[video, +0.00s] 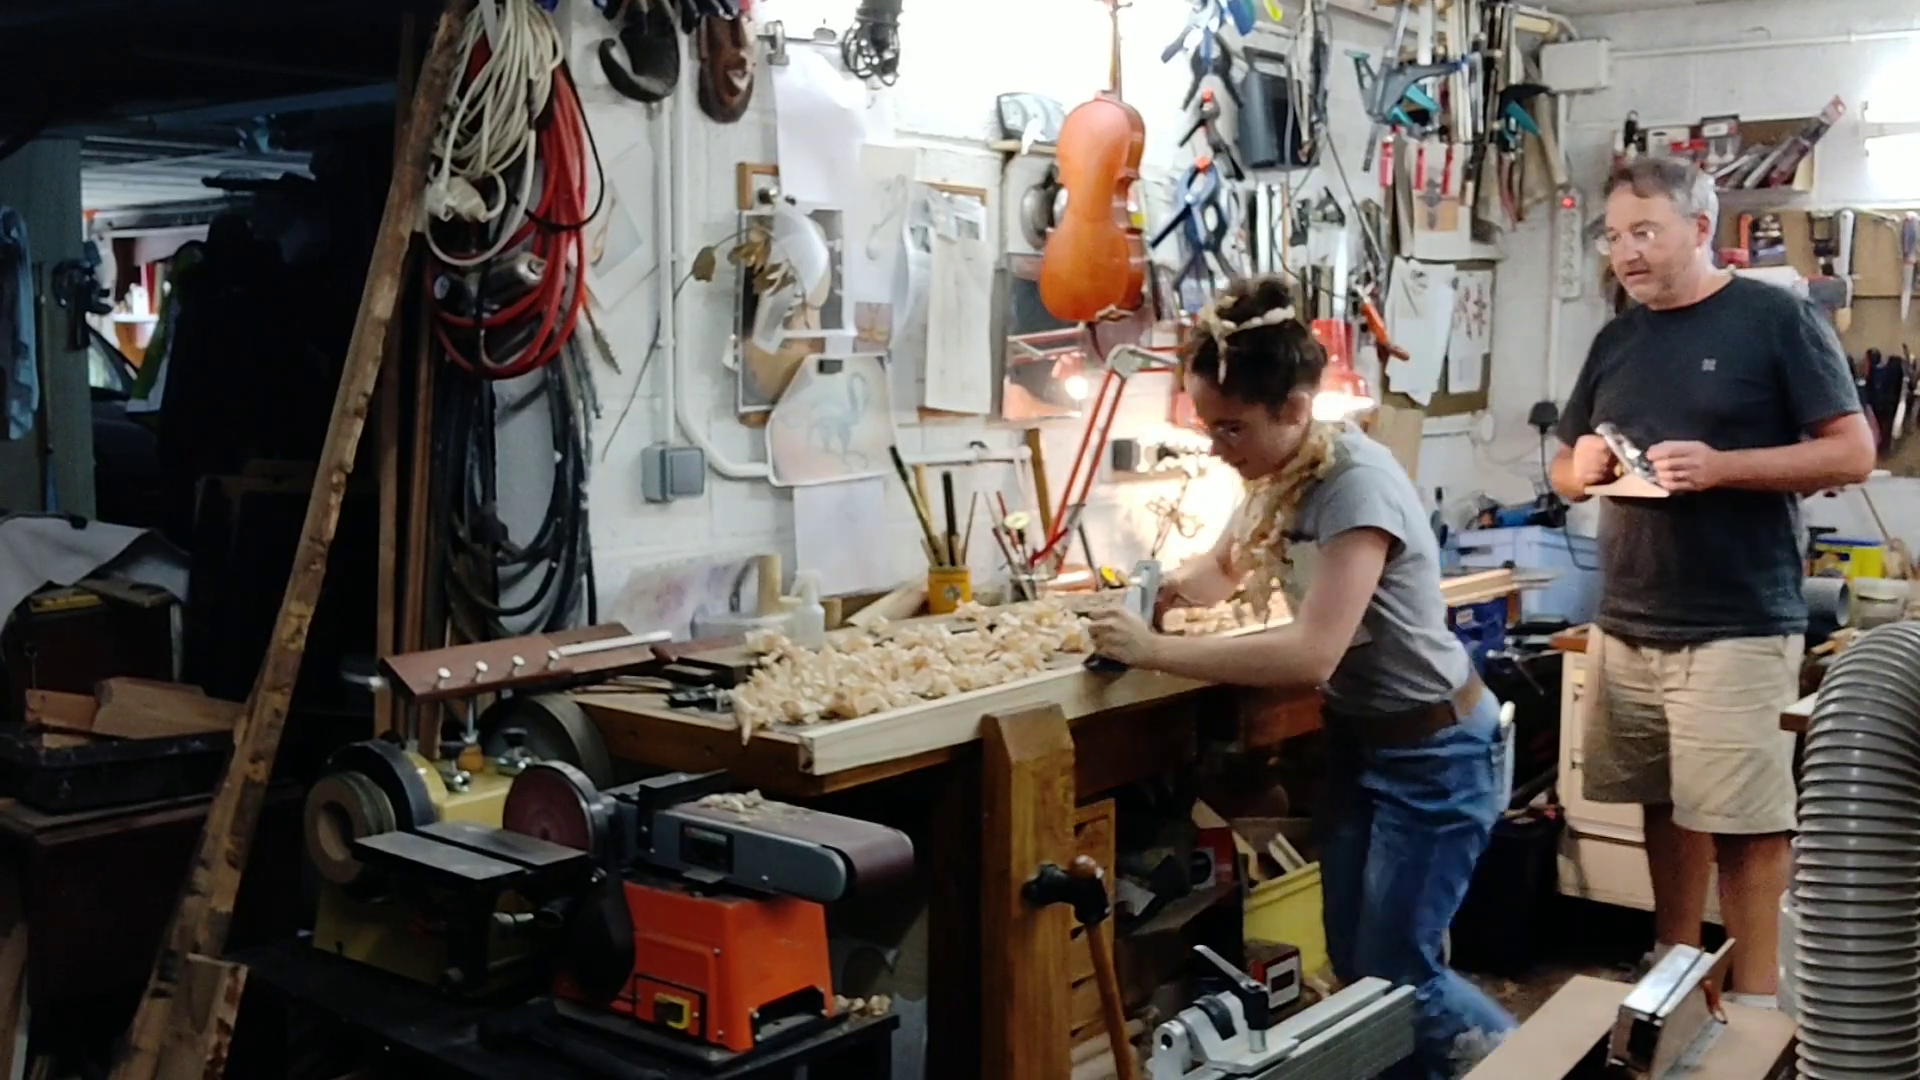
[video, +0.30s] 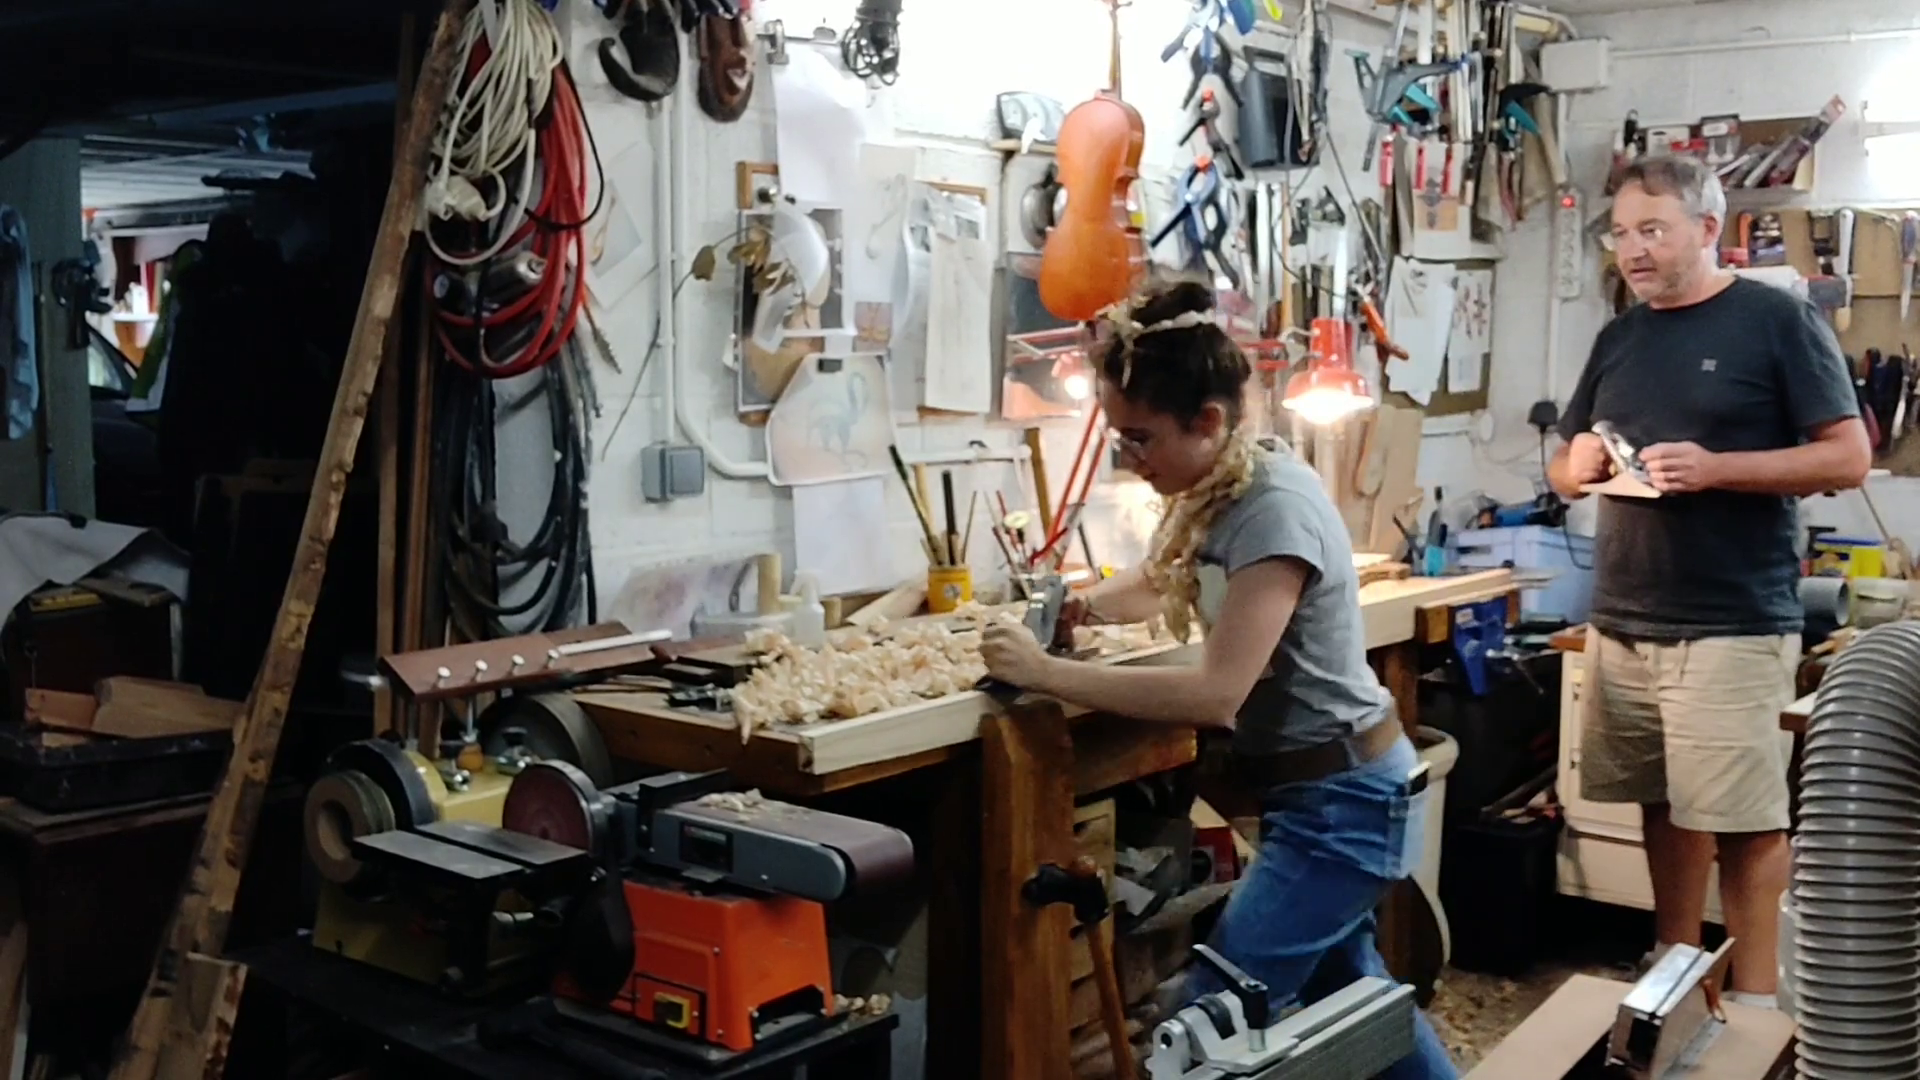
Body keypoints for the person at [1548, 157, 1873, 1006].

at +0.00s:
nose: (1626, 251)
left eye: (1644, 231)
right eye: (1614, 235)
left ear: (1701, 228)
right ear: (1606, 243)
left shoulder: (1777, 313)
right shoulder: (1615, 339)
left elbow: (1855, 451)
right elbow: (1565, 465)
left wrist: (1723, 464)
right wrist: (1581, 468)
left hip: (1740, 630)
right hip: (1634, 627)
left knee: (1744, 829)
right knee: (1667, 810)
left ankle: (1753, 1006)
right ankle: (1676, 972)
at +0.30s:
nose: (1632, 249)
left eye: (1652, 229)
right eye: (1620, 233)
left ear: (1707, 230)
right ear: (1612, 242)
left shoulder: (1778, 314)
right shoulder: (1618, 336)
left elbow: (1849, 456)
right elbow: (1565, 462)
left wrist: (1717, 465)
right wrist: (1577, 467)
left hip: (1736, 627)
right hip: (1629, 623)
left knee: (1744, 823)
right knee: (1667, 808)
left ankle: (1753, 1004)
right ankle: (1676, 967)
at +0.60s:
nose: (1624, 252)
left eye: (1643, 233)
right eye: (1612, 235)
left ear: (1698, 231)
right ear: (1604, 240)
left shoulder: (1773, 313)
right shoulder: (1618, 334)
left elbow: (1830, 457)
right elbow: (1573, 446)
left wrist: (1691, 470)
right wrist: (1572, 464)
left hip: (1733, 627)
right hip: (1628, 622)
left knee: (1744, 824)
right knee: (1664, 808)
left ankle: (1754, 1004)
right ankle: (1675, 966)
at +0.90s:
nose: (1587, 281)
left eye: (1600, 259)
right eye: (1578, 265)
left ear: (1661, 242)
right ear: (1577, 260)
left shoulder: (1736, 325)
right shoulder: (1604, 339)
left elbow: (1725, 477)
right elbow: (1583, 457)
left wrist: (1579, 509)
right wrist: (1547, 491)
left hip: (1727, 631)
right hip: (1625, 623)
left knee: (1742, 822)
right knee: (1649, 805)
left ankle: (1755, 1001)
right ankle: (1673, 968)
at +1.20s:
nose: (1529, 326)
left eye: (1538, 305)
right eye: (1519, 309)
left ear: (1598, 281)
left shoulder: (1686, 354)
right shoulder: (1573, 364)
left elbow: (1667, 512)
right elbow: (1573, 473)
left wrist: (1527, 549)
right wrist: (1522, 527)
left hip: (1713, 632)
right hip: (1618, 628)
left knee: (1723, 822)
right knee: (1630, 808)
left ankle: (1752, 1008)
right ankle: (1663, 969)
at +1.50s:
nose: (1488, 373)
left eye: (1495, 354)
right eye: (1478, 359)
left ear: (1549, 322)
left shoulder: (1639, 375)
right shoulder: (1538, 395)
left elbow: (1663, 537)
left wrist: (1546, 554)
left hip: (1705, 629)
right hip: (1607, 630)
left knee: (1695, 816)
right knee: (1608, 807)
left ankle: (1754, 999)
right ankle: (1664, 963)